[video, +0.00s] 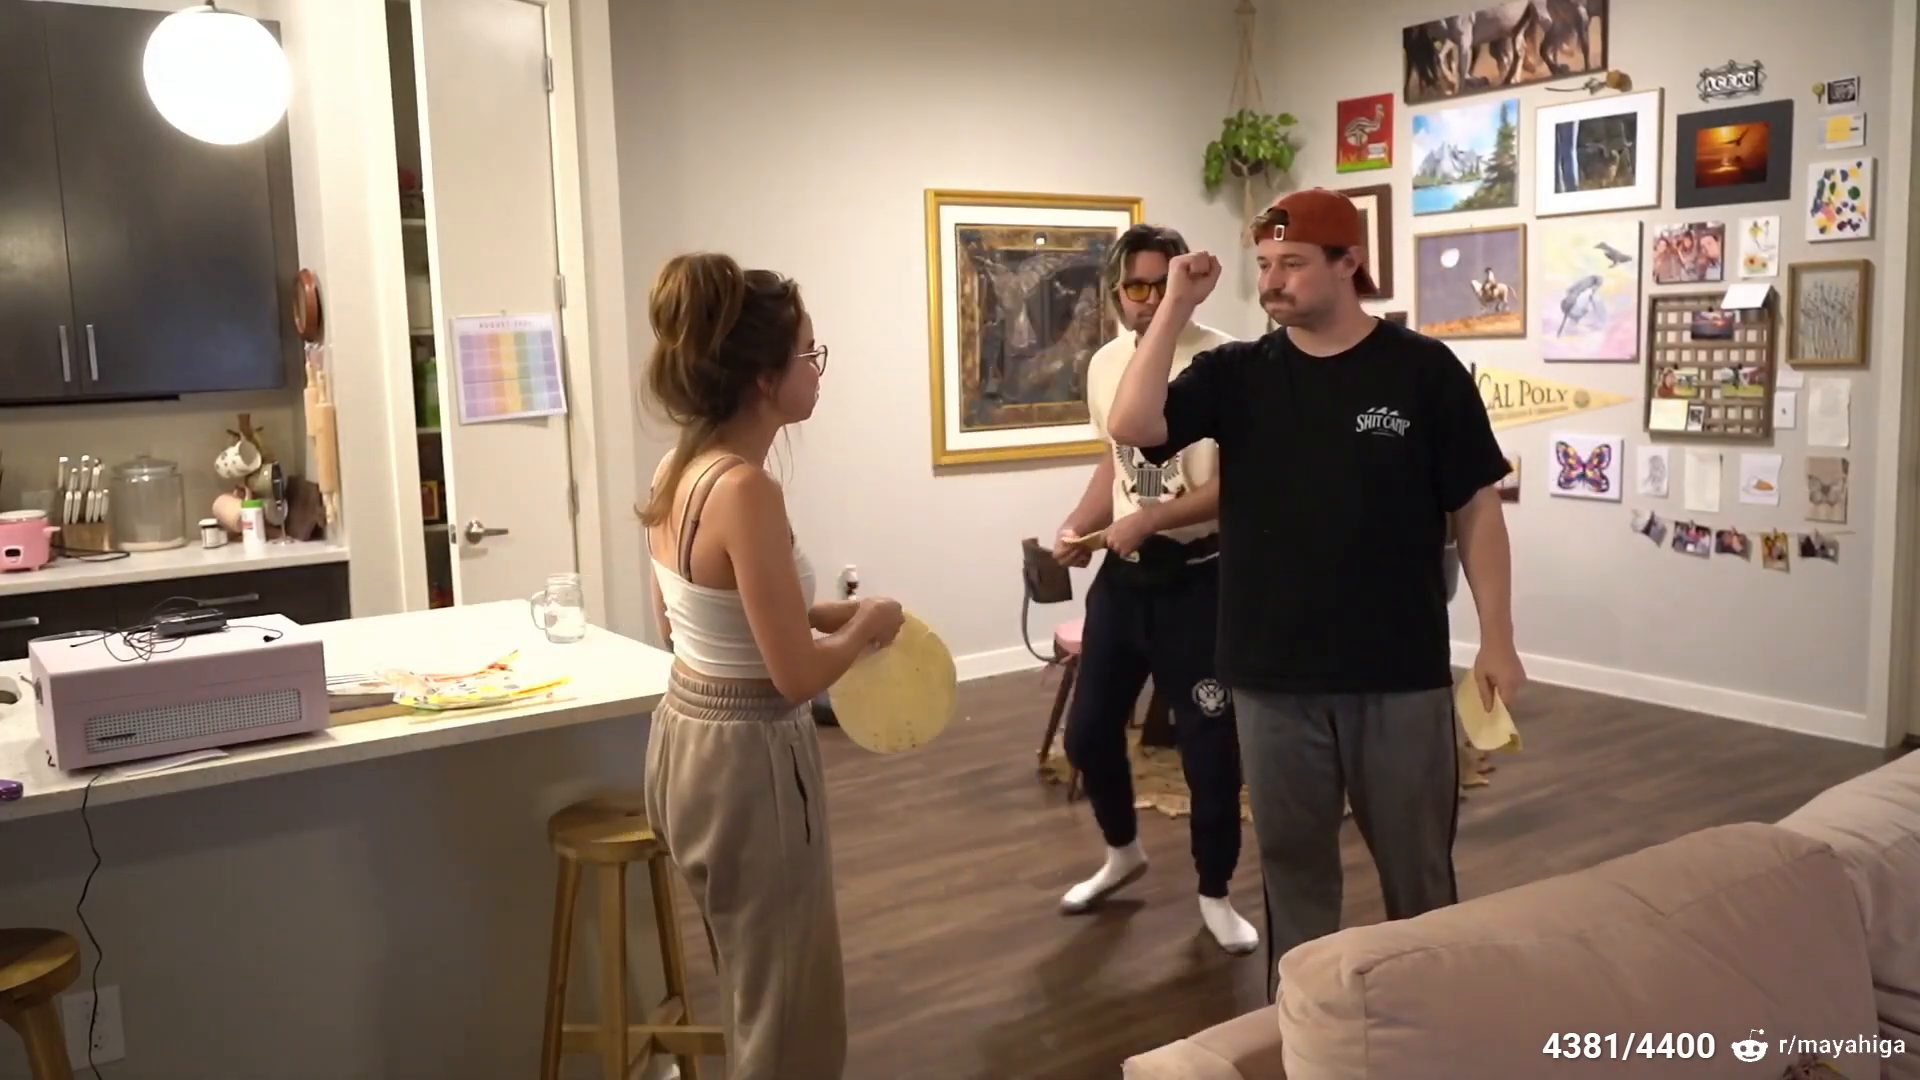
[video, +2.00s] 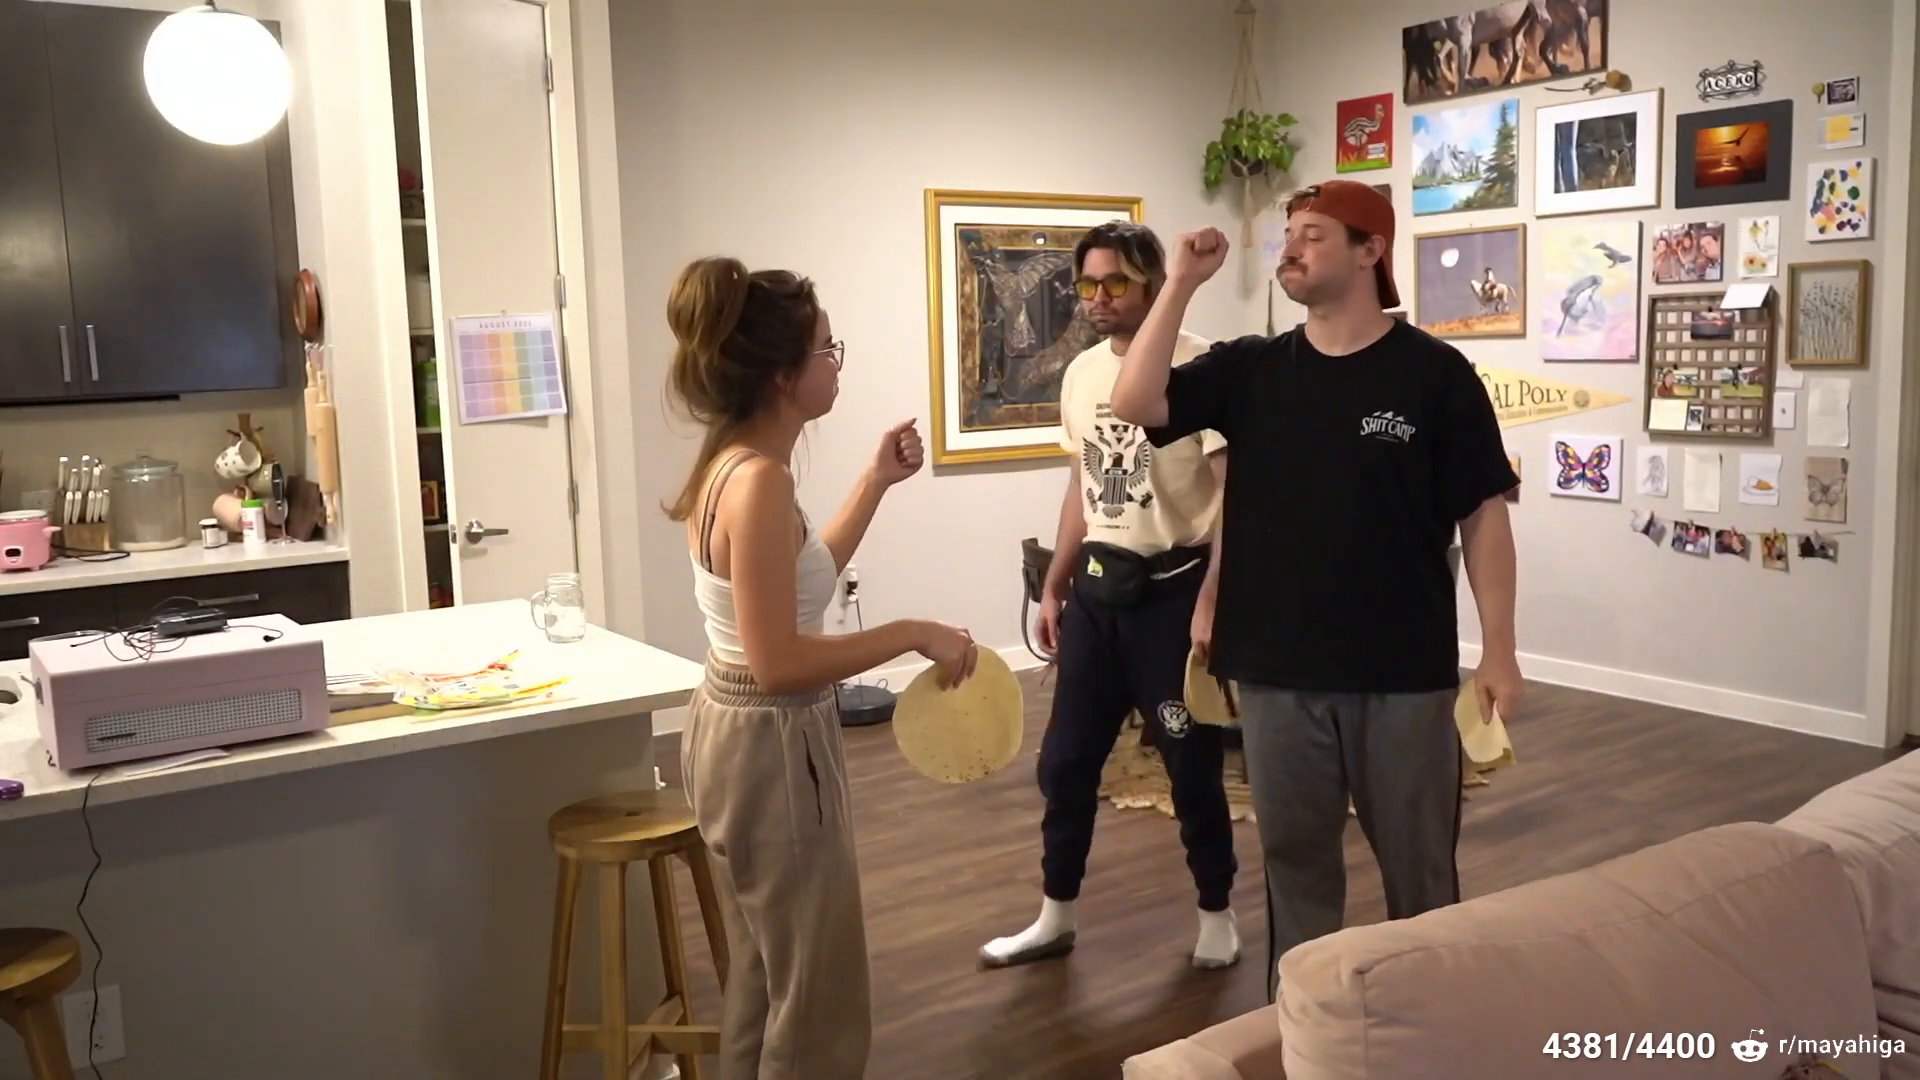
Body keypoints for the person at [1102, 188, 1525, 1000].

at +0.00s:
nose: (1272, 278)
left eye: (1291, 261)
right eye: (1265, 264)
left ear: (1348, 266)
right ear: (1259, 275)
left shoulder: (1425, 370)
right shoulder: (1239, 373)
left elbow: (1479, 512)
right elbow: (1130, 424)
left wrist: (1497, 641)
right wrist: (1175, 304)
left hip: (1400, 679)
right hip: (1271, 682)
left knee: (1419, 881)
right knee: (1293, 882)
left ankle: (1440, 1036)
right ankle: (1302, 1038)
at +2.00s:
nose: (1289, 246)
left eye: (1311, 234)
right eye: (1287, 235)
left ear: (1367, 253)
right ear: (1284, 257)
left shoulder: (1437, 373)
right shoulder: (1252, 367)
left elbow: (1485, 517)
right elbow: (1134, 401)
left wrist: (1499, 652)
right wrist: (1180, 282)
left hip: (1403, 678)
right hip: (1274, 677)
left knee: (1421, 880)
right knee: (1295, 877)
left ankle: (1438, 1037)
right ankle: (1299, 1037)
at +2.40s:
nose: (1301, 252)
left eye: (1323, 238)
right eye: (1297, 241)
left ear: (1378, 253)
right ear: (1293, 259)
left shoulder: (1443, 372)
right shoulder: (1258, 365)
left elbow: (1492, 513)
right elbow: (1162, 441)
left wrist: (1508, 651)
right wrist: (1182, 321)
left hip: (1409, 676)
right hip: (1280, 673)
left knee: (1422, 876)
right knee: (1296, 869)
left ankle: (1438, 1033)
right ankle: (1302, 1032)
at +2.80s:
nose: (1293, 258)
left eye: (1314, 243)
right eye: (1288, 246)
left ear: (1370, 255)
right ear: (1285, 261)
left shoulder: (1439, 371)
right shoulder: (1255, 373)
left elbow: (1490, 513)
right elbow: (1163, 476)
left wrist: (1506, 646)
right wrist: (1149, 372)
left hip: (1408, 677)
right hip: (1283, 676)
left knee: (1420, 876)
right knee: (1295, 869)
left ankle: (1435, 1032)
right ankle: (1304, 1032)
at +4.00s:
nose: (1285, 262)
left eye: (1306, 249)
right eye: (1280, 250)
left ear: (1361, 262)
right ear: (1275, 261)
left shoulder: (1428, 374)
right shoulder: (1240, 376)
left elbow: (1475, 518)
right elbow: (1136, 437)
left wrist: (1491, 653)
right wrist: (1051, 441)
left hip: (1397, 680)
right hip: (1274, 681)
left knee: (1422, 881)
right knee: (1290, 877)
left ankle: (1445, 1034)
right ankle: (1298, 1037)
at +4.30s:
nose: (1259, 260)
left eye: (1280, 246)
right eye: (1252, 248)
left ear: (1334, 258)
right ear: (1246, 263)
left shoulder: (1406, 374)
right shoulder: (1217, 381)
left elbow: (1468, 498)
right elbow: (1129, 480)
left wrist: (1418, 601)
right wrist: (1054, 505)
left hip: (1385, 675)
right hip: (1263, 678)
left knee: (1411, 874)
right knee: (1282, 873)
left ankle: (1440, 1025)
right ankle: (1296, 1033)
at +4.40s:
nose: (1248, 258)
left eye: (1270, 245)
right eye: (1243, 247)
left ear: (1324, 259)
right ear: (1237, 264)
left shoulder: (1392, 375)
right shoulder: (1207, 383)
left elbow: (1437, 517)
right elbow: (1145, 499)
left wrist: (1328, 562)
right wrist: (1132, 523)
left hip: (1373, 675)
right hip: (1250, 677)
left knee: (1402, 862)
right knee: (1273, 867)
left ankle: (1428, 1016)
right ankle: (1293, 1026)